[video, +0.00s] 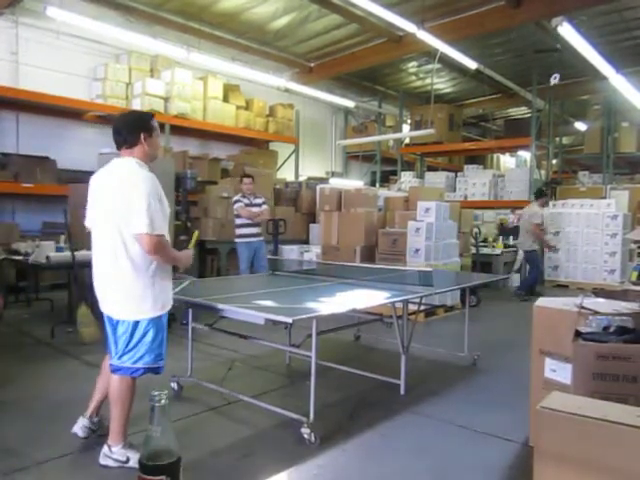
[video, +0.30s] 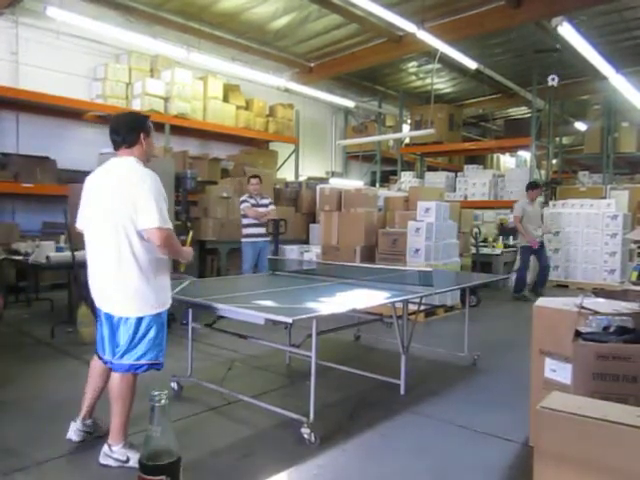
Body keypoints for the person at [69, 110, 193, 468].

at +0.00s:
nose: (159, 143)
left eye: (158, 136)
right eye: (156, 137)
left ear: (121, 140)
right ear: (143, 138)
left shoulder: (102, 175)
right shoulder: (142, 178)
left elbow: (92, 224)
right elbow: (151, 243)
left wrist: (132, 238)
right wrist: (178, 257)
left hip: (110, 289)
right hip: (137, 295)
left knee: (116, 355)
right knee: (126, 368)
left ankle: (89, 417)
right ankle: (116, 446)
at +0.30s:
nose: (153, 145)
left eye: (152, 138)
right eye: (152, 138)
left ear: (116, 140)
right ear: (142, 139)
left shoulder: (97, 176)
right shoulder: (143, 178)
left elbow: (82, 226)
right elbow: (159, 235)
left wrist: (118, 238)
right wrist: (182, 253)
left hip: (104, 289)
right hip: (136, 294)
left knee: (105, 355)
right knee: (125, 367)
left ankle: (82, 421)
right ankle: (116, 446)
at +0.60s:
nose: (142, 144)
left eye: (141, 137)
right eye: (140, 138)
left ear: (106, 141)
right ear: (131, 139)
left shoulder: (85, 177)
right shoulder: (136, 177)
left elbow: (72, 228)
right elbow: (150, 234)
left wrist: (105, 241)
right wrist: (168, 250)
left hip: (92, 290)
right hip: (129, 293)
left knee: (88, 357)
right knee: (121, 367)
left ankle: (79, 428)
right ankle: (116, 445)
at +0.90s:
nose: (131, 146)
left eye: (128, 139)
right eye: (128, 140)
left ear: (96, 145)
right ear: (117, 142)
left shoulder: (77, 178)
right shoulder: (122, 176)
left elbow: (84, 228)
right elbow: (134, 231)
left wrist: (144, 231)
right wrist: (152, 251)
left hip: (76, 289)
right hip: (113, 292)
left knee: (79, 357)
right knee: (116, 365)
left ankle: (77, 429)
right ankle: (116, 444)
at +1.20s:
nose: (123, 144)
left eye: (121, 139)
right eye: (120, 139)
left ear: (91, 145)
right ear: (110, 142)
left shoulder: (76, 177)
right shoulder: (115, 173)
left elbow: (94, 222)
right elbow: (125, 227)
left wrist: (143, 227)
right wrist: (150, 249)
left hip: (75, 289)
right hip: (111, 290)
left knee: (76, 357)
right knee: (121, 361)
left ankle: (77, 429)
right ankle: (118, 443)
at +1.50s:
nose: (128, 144)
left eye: (126, 137)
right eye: (125, 137)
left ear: (95, 144)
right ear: (115, 140)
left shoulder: (79, 179)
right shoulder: (123, 176)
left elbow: (93, 226)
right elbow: (137, 231)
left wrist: (146, 225)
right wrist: (159, 249)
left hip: (84, 290)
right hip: (120, 293)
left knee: (82, 358)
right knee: (119, 367)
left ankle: (77, 429)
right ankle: (115, 448)